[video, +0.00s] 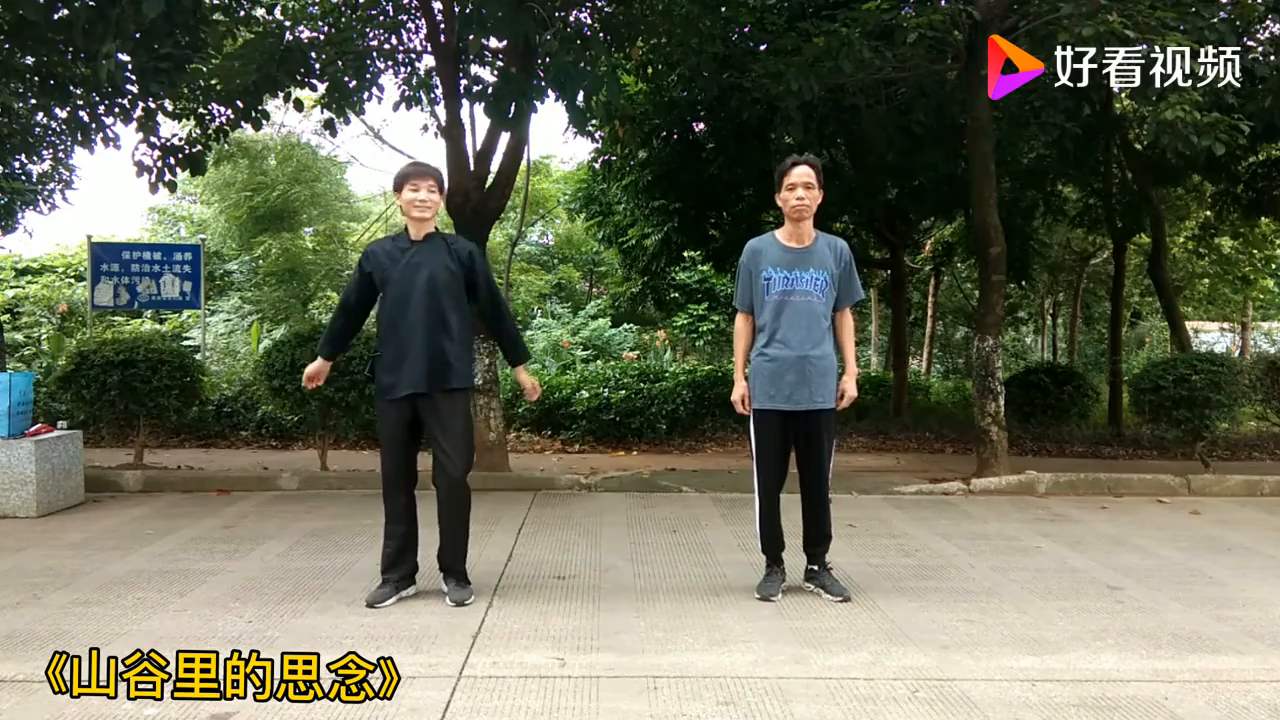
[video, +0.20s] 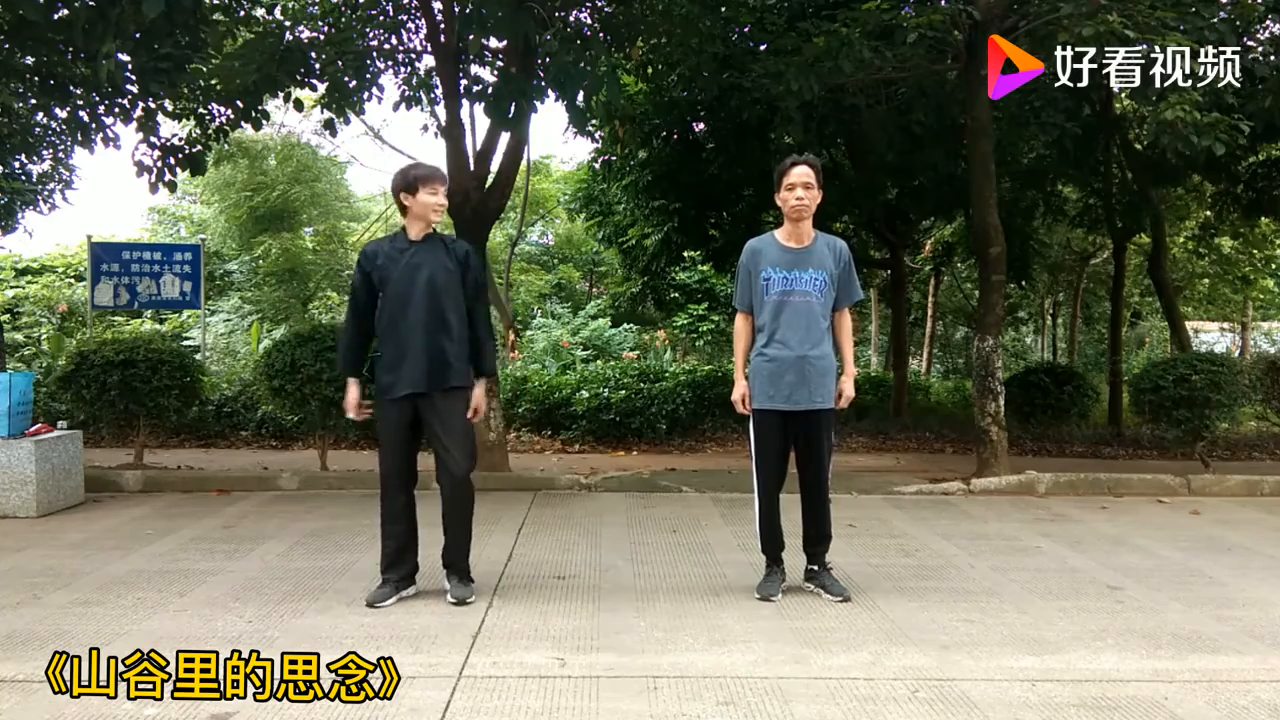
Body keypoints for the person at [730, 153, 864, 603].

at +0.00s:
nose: (801, 195)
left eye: (808, 187)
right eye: (792, 188)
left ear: (820, 196)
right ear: (779, 197)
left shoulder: (837, 250)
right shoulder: (756, 250)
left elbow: (843, 313)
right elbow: (744, 316)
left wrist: (850, 370)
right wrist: (739, 375)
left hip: (820, 384)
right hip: (767, 383)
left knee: (817, 482)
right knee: (768, 483)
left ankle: (817, 566)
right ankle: (773, 567)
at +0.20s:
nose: (800, 195)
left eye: (808, 187)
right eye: (791, 188)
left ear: (819, 196)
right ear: (778, 197)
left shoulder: (836, 250)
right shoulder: (756, 250)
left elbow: (842, 313)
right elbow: (744, 316)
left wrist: (849, 370)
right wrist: (739, 375)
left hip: (819, 384)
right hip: (767, 383)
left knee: (816, 482)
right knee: (767, 483)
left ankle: (817, 566)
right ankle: (773, 567)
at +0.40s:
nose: (800, 195)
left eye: (808, 187)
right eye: (791, 188)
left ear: (819, 196)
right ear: (779, 197)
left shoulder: (836, 250)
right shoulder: (756, 250)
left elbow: (842, 314)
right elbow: (744, 316)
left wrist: (849, 371)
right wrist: (740, 374)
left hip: (820, 383)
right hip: (767, 383)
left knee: (816, 482)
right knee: (767, 483)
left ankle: (817, 566)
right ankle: (773, 567)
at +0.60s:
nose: (802, 195)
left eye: (810, 188)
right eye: (793, 188)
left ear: (821, 196)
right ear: (780, 197)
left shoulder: (836, 250)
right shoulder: (757, 250)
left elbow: (843, 314)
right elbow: (744, 316)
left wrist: (850, 371)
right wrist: (740, 374)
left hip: (820, 384)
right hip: (768, 383)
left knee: (816, 482)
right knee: (768, 483)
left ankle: (817, 566)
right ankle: (773, 567)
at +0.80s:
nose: (803, 196)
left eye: (811, 188)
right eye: (794, 188)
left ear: (822, 196)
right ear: (781, 197)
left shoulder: (837, 251)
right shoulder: (758, 250)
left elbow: (843, 314)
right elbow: (745, 316)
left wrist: (850, 371)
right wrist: (741, 374)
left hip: (820, 384)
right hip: (768, 383)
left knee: (817, 483)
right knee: (768, 483)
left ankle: (817, 566)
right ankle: (773, 567)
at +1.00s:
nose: (803, 195)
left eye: (810, 187)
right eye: (794, 188)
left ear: (822, 196)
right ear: (781, 196)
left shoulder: (838, 250)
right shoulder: (758, 250)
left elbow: (844, 314)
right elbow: (746, 316)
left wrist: (850, 371)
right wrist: (741, 374)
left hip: (820, 383)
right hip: (768, 382)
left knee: (817, 482)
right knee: (768, 483)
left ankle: (817, 567)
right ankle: (773, 567)